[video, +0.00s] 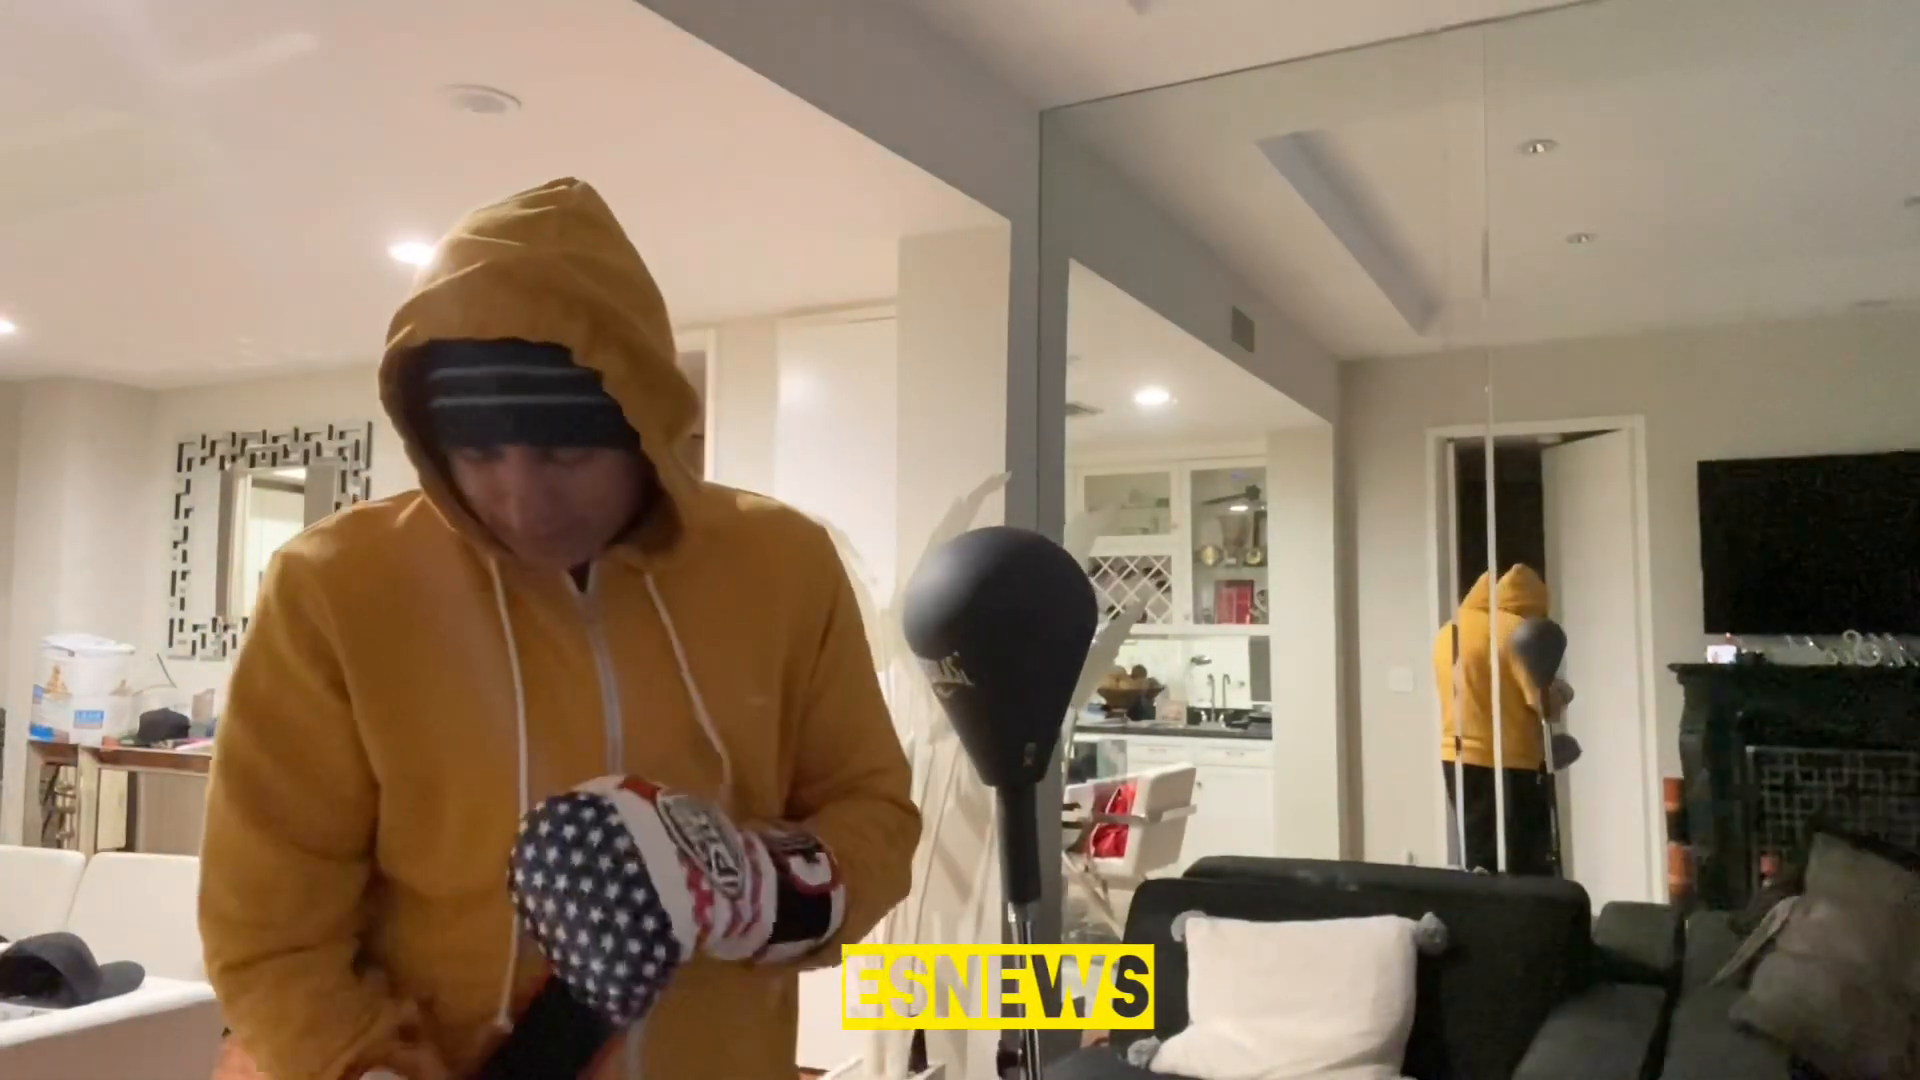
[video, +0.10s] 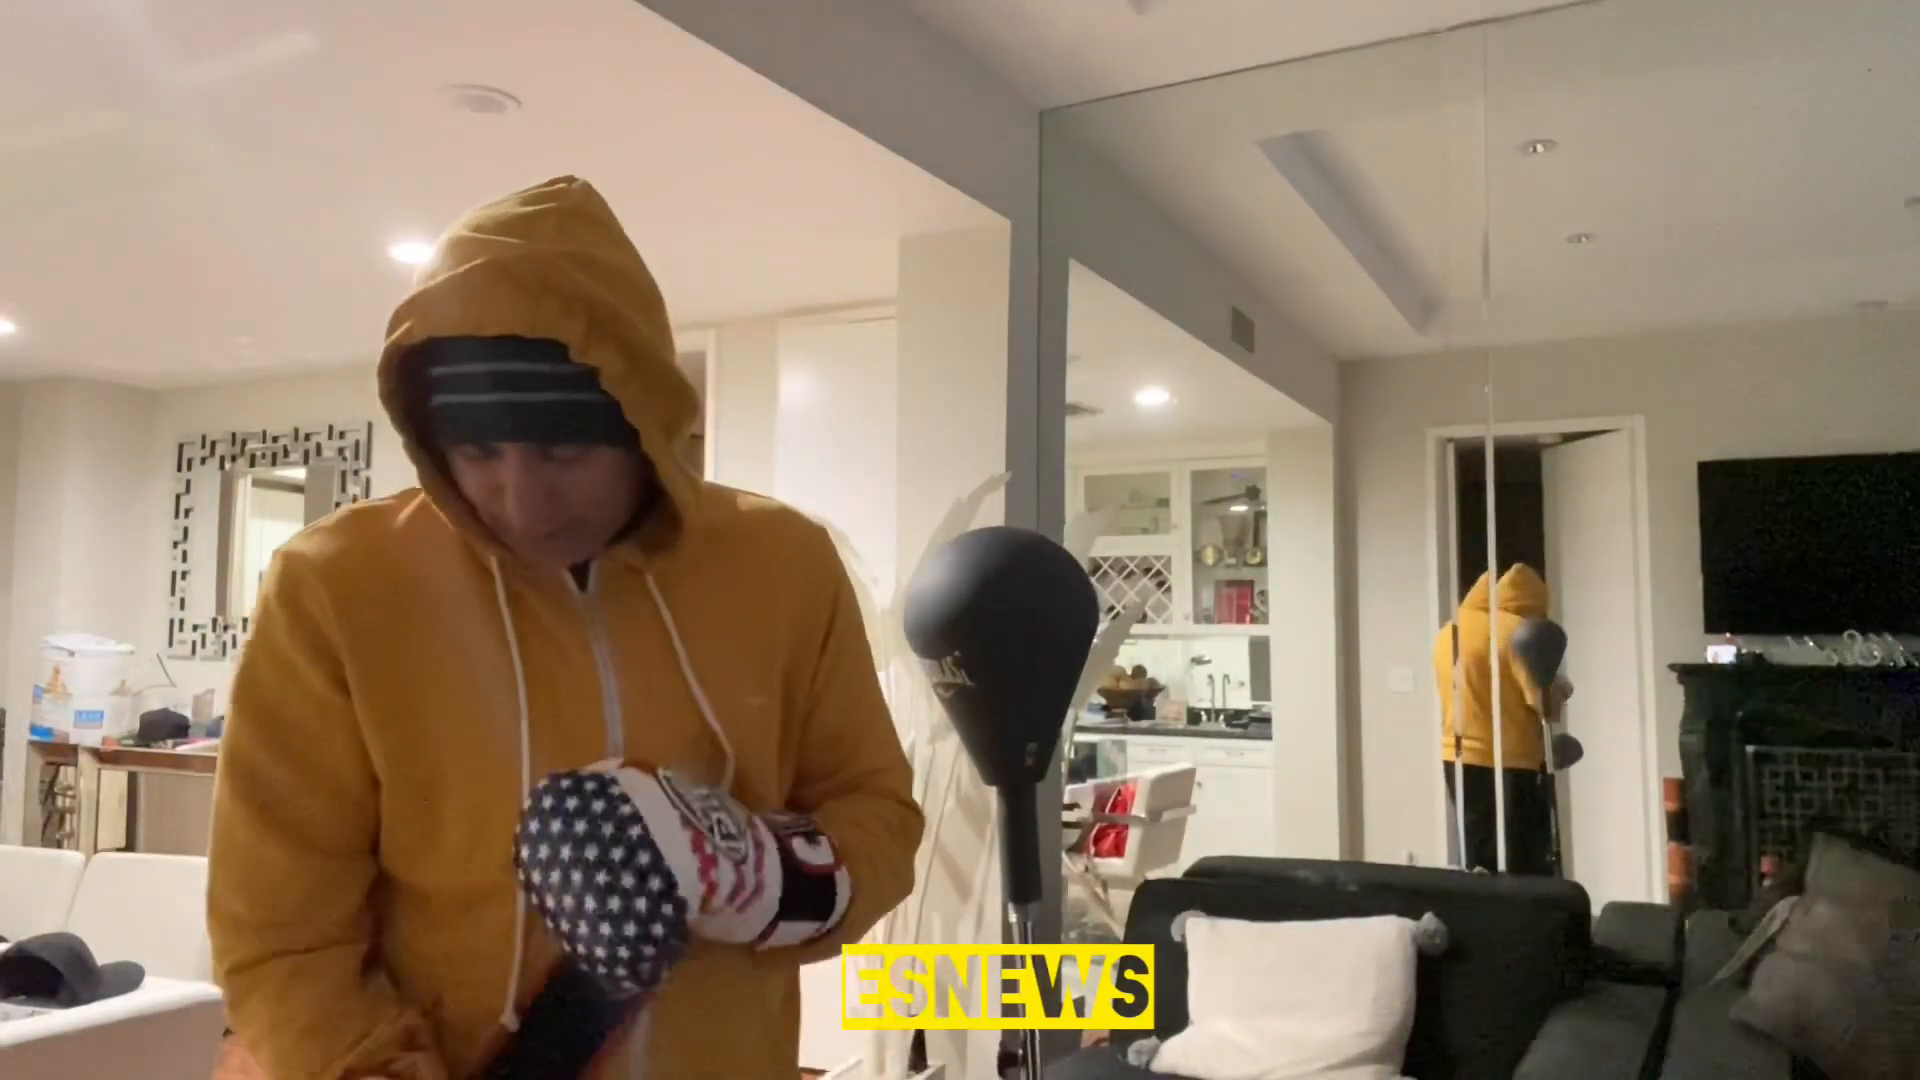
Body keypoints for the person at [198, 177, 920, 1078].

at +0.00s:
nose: (523, 500)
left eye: (569, 445)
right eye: (480, 451)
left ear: (651, 423)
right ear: (433, 441)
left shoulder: (783, 569)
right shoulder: (333, 596)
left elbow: (877, 814)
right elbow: (273, 942)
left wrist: (756, 888)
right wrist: (388, 1069)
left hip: (724, 1058)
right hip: (457, 1060)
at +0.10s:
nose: (524, 507)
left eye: (566, 446)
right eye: (478, 453)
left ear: (649, 419)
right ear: (433, 441)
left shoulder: (785, 569)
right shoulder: (335, 595)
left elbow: (878, 817)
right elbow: (283, 954)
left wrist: (741, 872)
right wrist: (401, 1064)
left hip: (724, 1055)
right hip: (455, 1055)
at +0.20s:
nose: (527, 502)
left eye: (569, 446)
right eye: (484, 450)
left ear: (652, 420)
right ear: (439, 437)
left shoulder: (787, 569)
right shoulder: (339, 591)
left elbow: (883, 811)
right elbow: (288, 949)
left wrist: (787, 875)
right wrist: (393, 1068)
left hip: (727, 1060)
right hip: (455, 1060)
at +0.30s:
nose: (533, 500)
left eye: (576, 446)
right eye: (493, 448)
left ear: (659, 421)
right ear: (447, 433)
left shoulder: (791, 568)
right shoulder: (345, 584)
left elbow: (888, 819)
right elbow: (293, 933)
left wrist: (779, 864)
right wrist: (396, 1065)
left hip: (727, 1058)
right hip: (460, 1060)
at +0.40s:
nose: (546, 498)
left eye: (590, 443)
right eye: (507, 445)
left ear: (669, 425)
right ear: (458, 432)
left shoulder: (793, 567)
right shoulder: (352, 579)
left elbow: (889, 824)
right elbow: (308, 922)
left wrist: (762, 854)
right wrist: (453, 1054)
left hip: (730, 1057)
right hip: (480, 1059)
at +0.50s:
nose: (559, 495)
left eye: (603, 442)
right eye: (520, 444)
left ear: (676, 424)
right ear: (470, 432)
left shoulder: (797, 566)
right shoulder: (363, 565)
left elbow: (889, 829)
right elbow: (317, 897)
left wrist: (728, 846)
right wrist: (477, 1045)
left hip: (729, 1062)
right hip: (476, 1060)